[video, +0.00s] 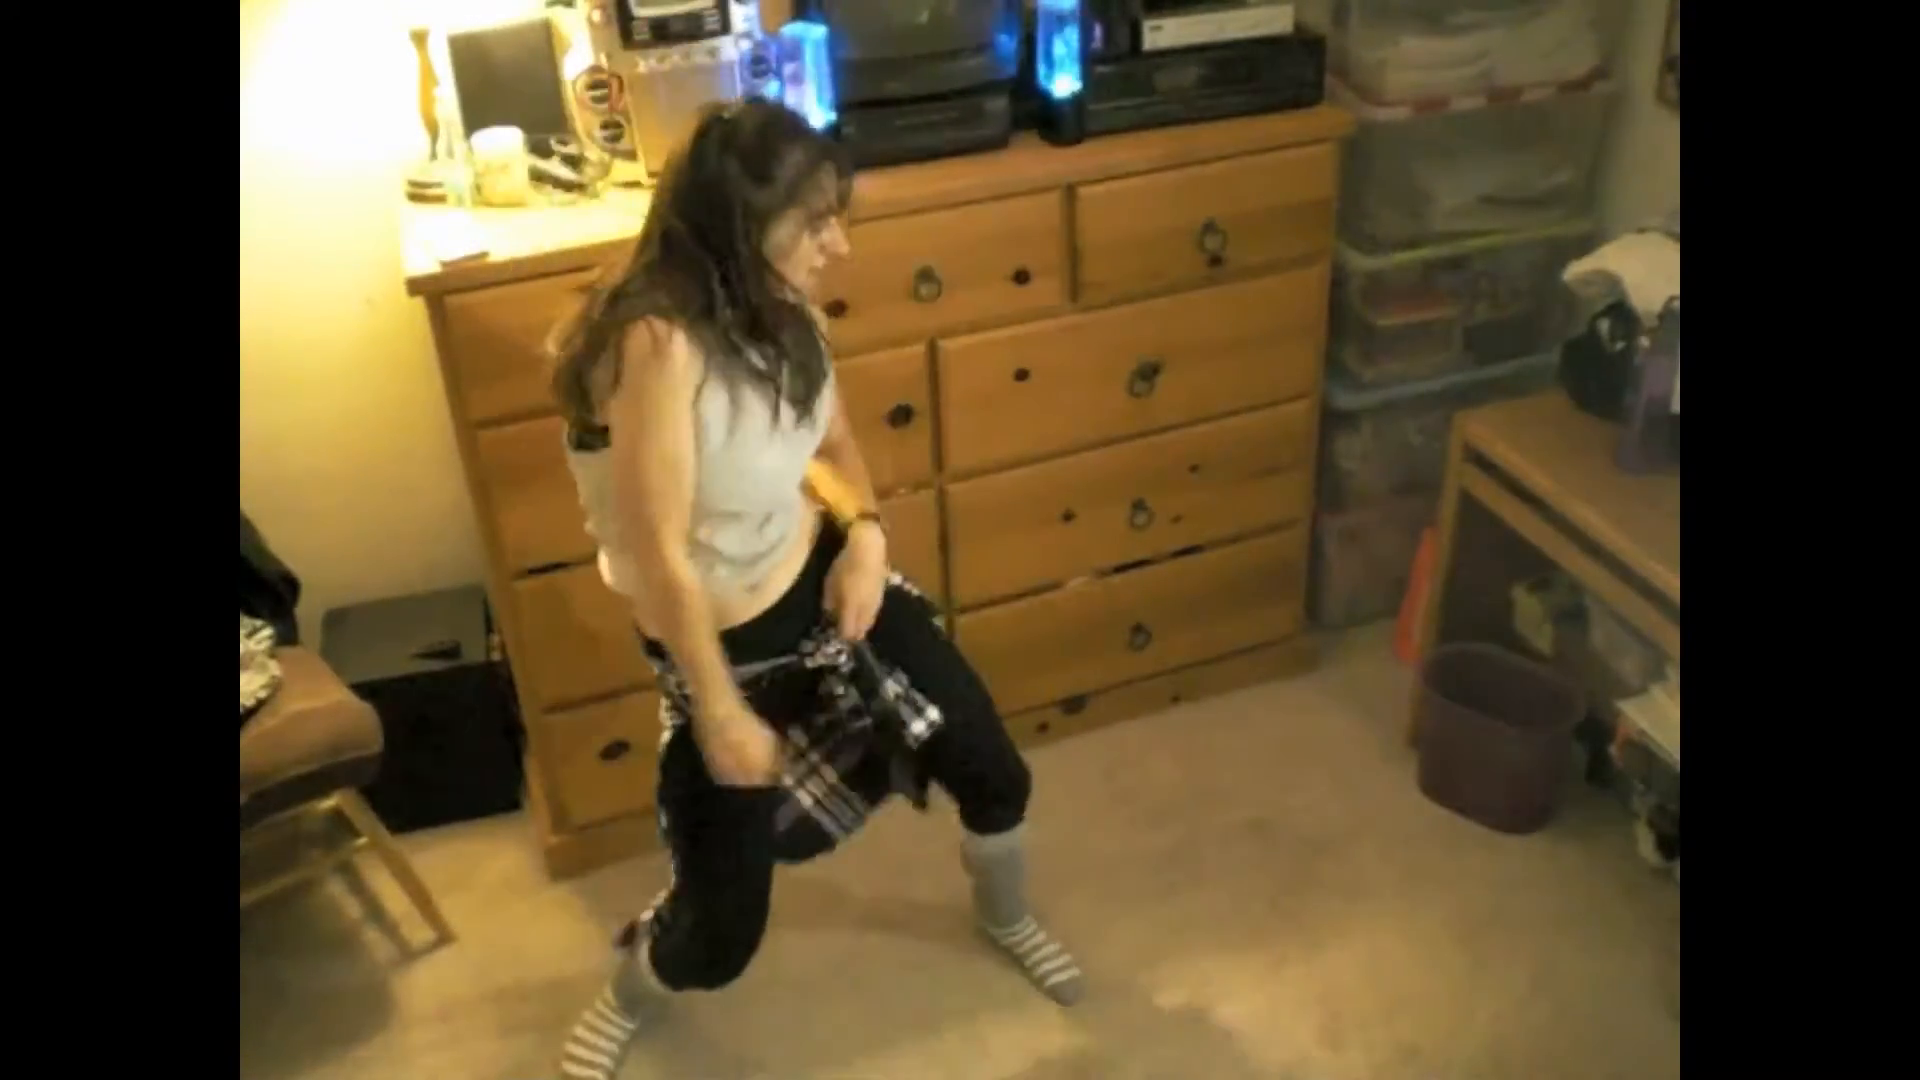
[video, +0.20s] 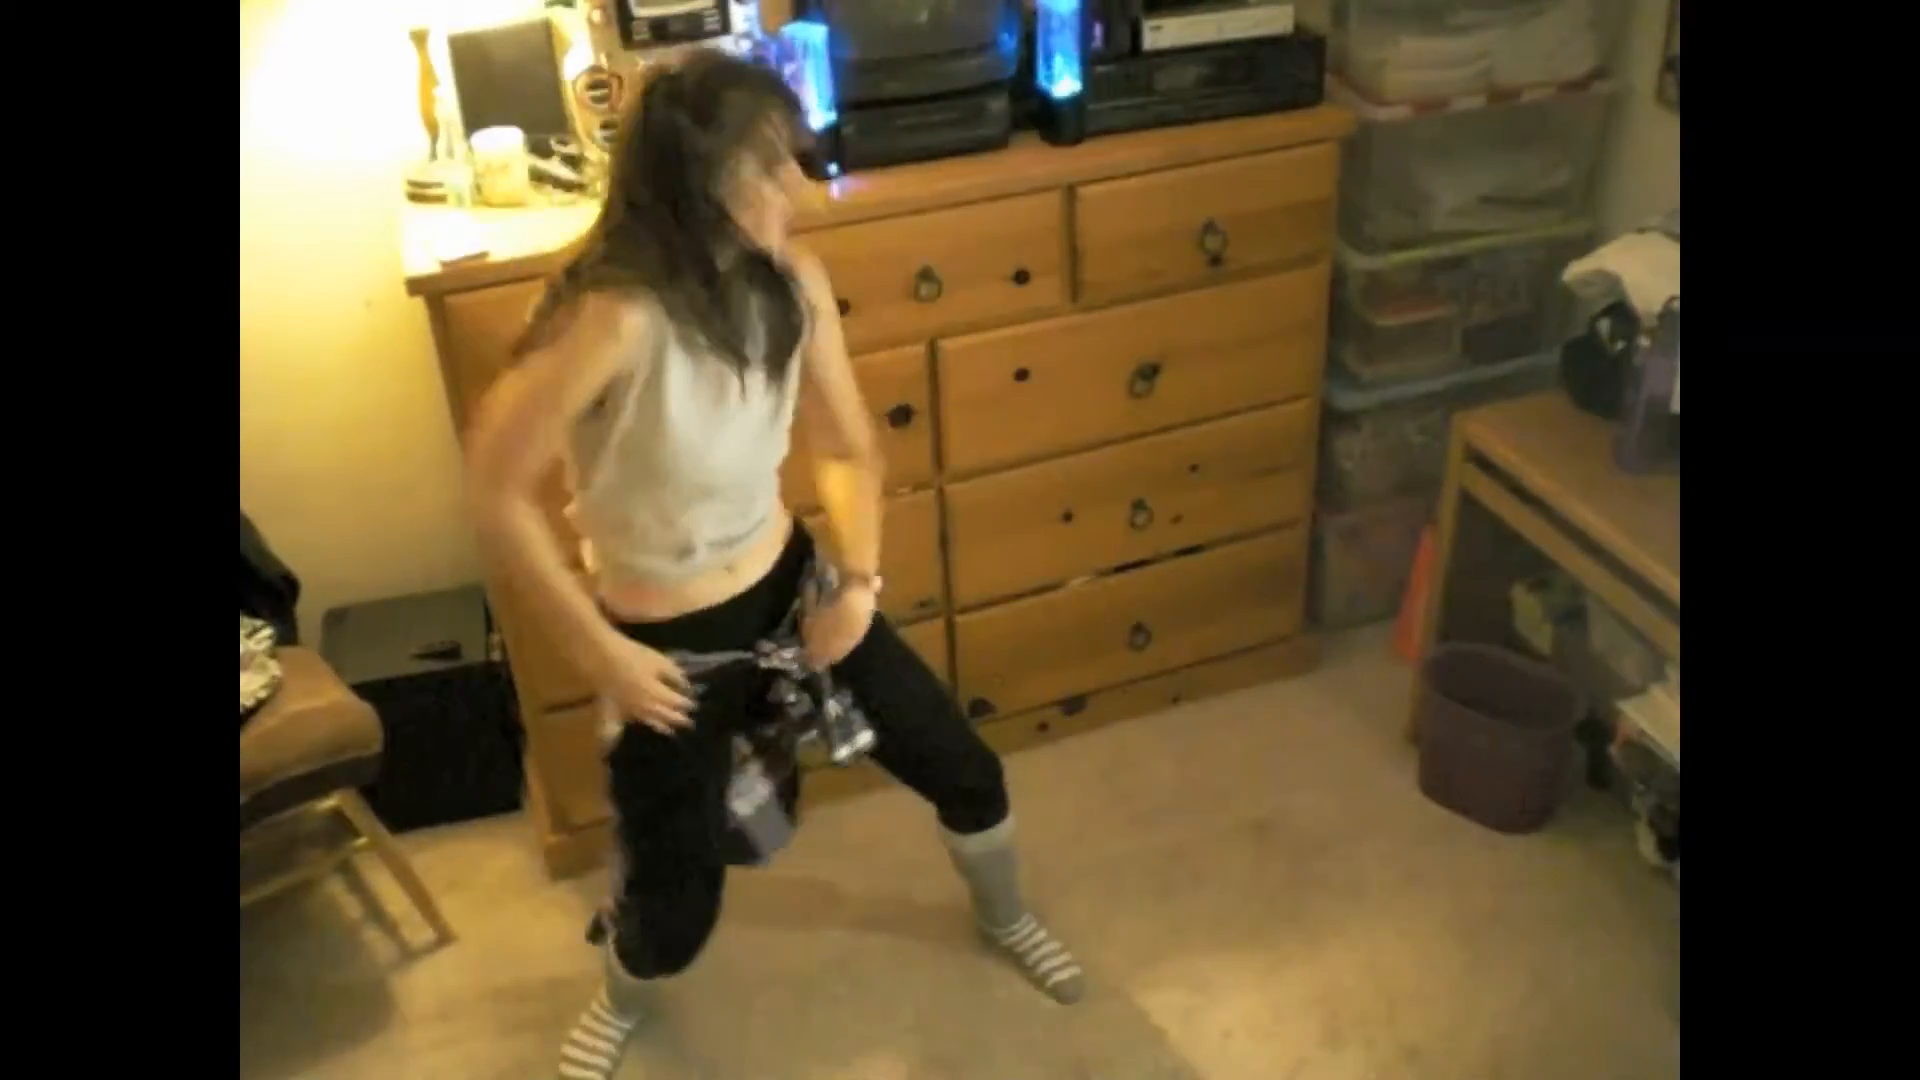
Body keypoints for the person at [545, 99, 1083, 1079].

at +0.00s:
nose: (838, 247)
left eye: (838, 220)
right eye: (816, 225)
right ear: (745, 226)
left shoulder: (784, 315)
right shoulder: (661, 344)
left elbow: (827, 443)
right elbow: (652, 547)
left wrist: (867, 529)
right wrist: (720, 710)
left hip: (830, 592)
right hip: (720, 659)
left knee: (994, 777)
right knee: (719, 937)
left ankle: (1009, 918)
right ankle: (625, 994)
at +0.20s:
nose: (796, 194)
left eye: (793, 167)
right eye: (773, 170)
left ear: (774, 171)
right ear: (700, 179)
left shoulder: (788, 279)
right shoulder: (615, 316)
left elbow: (850, 448)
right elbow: (493, 491)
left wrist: (856, 581)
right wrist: (600, 656)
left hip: (790, 597)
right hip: (666, 646)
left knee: (968, 774)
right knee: (672, 911)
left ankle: (1006, 919)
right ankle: (620, 1006)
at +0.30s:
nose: (711, 164)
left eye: (727, 133)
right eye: (675, 144)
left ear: (757, 142)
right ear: (619, 167)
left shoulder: (793, 275)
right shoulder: (596, 329)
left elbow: (828, 452)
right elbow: (447, 465)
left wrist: (823, 627)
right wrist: (550, 635)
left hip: (792, 621)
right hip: (655, 641)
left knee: (961, 788)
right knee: (653, 888)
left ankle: (1005, 920)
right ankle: (617, 1003)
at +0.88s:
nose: (602, 162)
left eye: (621, 141)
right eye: (598, 140)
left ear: (700, 130)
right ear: (624, 129)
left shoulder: (829, 233)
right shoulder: (618, 210)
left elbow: (856, 455)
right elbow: (589, 359)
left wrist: (762, 625)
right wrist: (574, 511)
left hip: (784, 598)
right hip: (633, 585)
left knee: (902, 789)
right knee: (600, 826)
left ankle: (1001, 923)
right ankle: (603, 999)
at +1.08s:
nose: (691, 157)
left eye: (714, 132)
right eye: (684, 131)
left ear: (787, 123)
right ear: (680, 123)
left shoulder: (861, 241)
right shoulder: (688, 224)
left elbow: (880, 469)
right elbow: (648, 359)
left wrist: (780, 618)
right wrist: (646, 490)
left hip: (806, 583)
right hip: (673, 551)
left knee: (883, 830)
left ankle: (985, 922)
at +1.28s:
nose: (829, 227)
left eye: (851, 199)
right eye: (800, 200)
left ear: (877, 215)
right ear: (748, 215)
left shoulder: (912, 342)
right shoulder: (690, 316)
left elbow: (1000, 491)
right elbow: (680, 467)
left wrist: (921, 630)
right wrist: (712, 618)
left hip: (891, 643)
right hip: (754, 644)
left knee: (965, 902)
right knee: (573, 865)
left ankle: (1000, 932)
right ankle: (588, 1021)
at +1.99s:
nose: (932, 257)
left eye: (936, 224)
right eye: (895, 242)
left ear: (960, 217)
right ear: (847, 260)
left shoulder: (945, 319)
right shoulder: (839, 384)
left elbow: (906, 454)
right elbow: (698, 555)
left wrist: (968, 557)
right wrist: (776, 678)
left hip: (861, 616)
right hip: (729, 645)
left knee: (1018, 794)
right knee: (685, 922)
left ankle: (1008, 924)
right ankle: (598, 994)